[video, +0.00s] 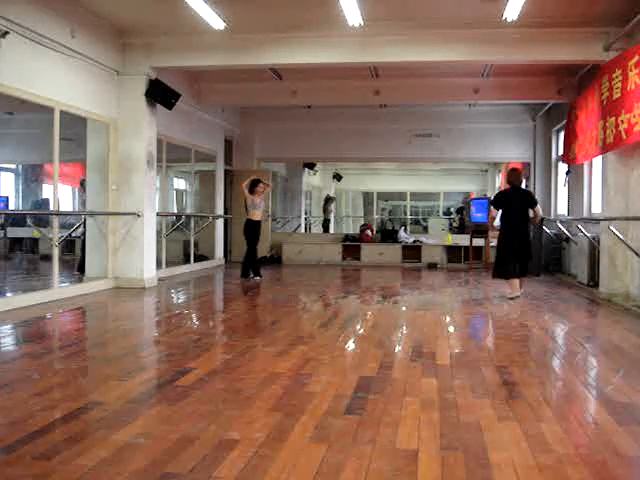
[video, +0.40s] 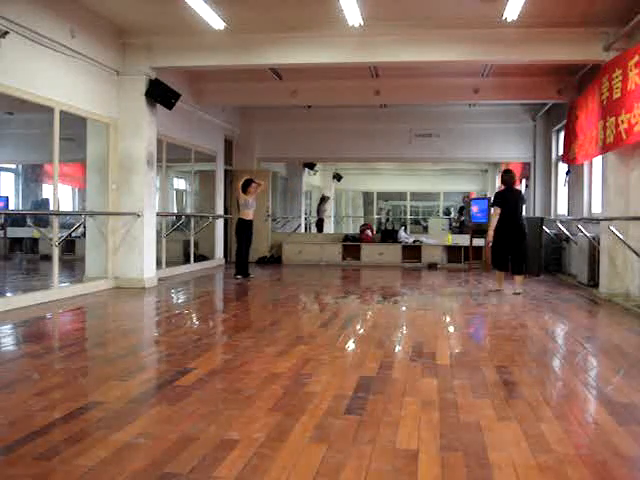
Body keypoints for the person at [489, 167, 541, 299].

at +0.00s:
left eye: (510, 177)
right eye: (519, 177)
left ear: (507, 179)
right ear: (521, 179)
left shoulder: (502, 194)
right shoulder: (527, 194)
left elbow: (493, 214)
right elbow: (538, 213)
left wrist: (491, 225)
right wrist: (533, 221)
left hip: (508, 231)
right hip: (522, 231)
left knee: (510, 259)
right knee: (520, 258)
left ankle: (515, 290)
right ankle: (519, 287)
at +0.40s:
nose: (501, 180)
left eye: (501, 178)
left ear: (502, 180)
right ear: (514, 180)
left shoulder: (499, 195)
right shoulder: (519, 194)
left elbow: (496, 214)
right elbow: (521, 211)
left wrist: (490, 232)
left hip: (502, 230)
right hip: (517, 230)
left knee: (500, 257)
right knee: (517, 258)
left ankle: (499, 285)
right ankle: (518, 287)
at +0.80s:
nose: (483, 183)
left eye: (484, 181)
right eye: (485, 180)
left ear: (485, 182)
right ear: (496, 181)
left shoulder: (485, 196)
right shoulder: (503, 195)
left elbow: (484, 215)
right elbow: (506, 213)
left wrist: (475, 230)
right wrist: (503, 224)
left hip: (490, 228)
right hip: (503, 227)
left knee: (489, 252)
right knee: (501, 251)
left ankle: (493, 281)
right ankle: (500, 279)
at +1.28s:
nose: (471, 190)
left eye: (472, 188)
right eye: (471, 188)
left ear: (473, 188)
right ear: (483, 186)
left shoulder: (478, 198)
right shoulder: (492, 196)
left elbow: (483, 214)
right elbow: (497, 212)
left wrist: (479, 230)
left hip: (488, 229)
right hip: (498, 228)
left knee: (481, 252)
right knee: (495, 255)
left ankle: (482, 277)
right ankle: (493, 280)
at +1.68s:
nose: (460, 192)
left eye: (460, 190)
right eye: (460, 190)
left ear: (462, 190)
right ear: (471, 188)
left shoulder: (467, 200)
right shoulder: (481, 197)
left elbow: (468, 216)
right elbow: (489, 211)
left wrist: (466, 231)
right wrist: (489, 223)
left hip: (476, 229)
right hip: (488, 227)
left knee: (473, 252)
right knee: (484, 252)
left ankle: (471, 277)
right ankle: (489, 272)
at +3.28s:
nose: (461, 205)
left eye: (462, 203)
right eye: (461, 203)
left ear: (466, 202)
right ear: (466, 202)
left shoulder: (472, 206)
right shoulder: (469, 209)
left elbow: (480, 210)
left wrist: (477, 223)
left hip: (483, 230)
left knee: (470, 248)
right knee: (478, 249)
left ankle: (474, 268)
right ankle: (481, 268)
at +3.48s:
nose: (466, 203)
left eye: (467, 201)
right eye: (464, 202)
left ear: (471, 200)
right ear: (463, 203)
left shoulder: (477, 206)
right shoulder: (467, 215)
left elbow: (489, 204)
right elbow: (465, 231)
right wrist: (458, 241)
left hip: (488, 229)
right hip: (478, 231)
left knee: (481, 249)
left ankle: (483, 270)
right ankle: (483, 269)